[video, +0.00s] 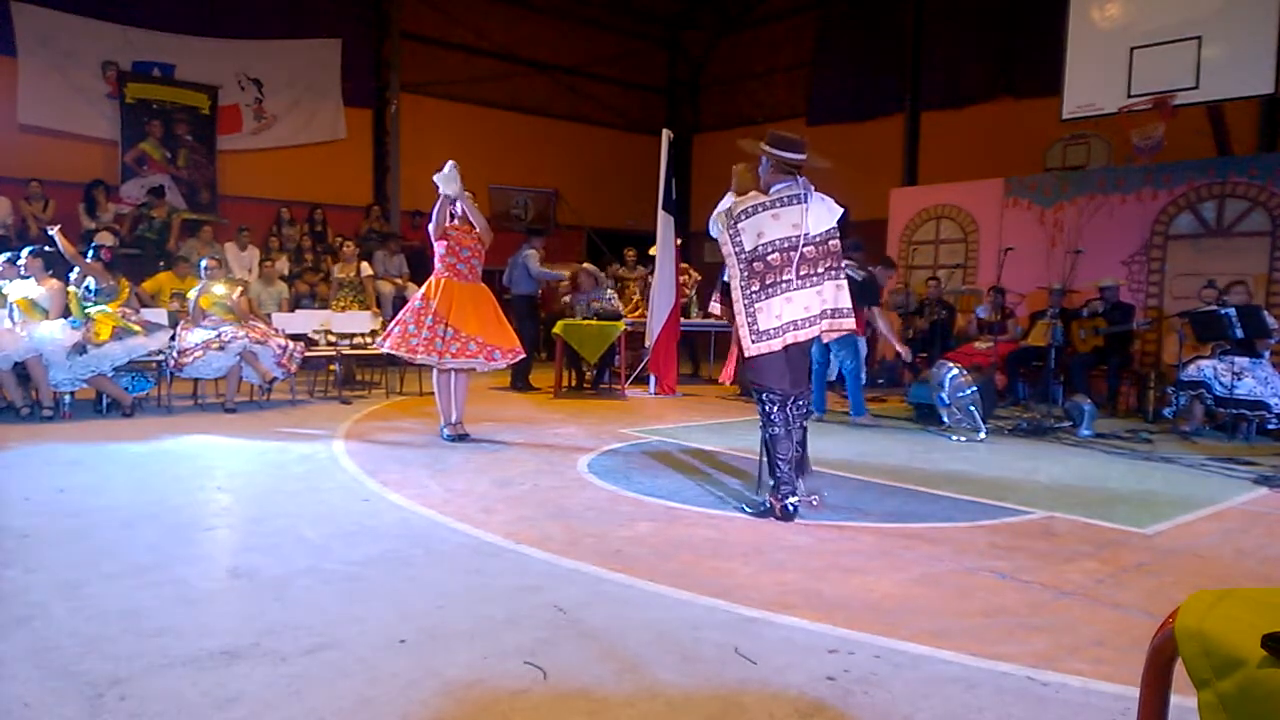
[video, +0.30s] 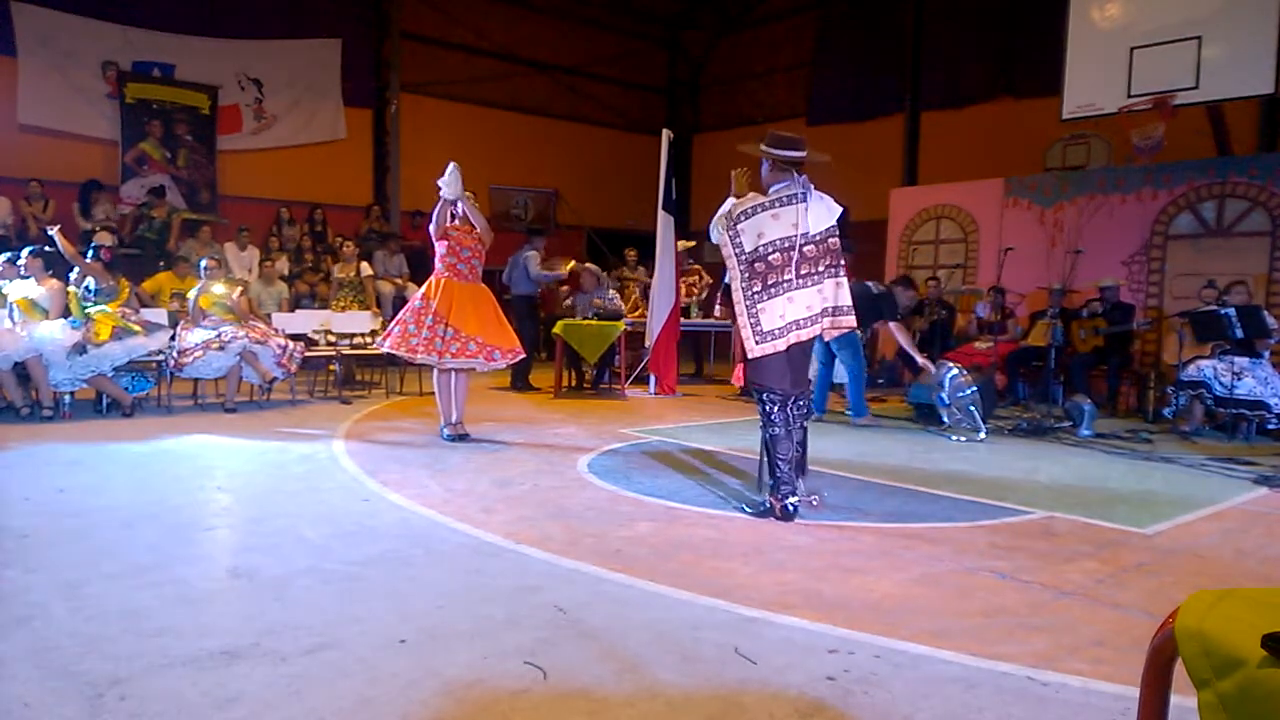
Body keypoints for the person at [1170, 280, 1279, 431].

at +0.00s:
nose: (1239, 297)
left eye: (1243, 293)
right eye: (1234, 293)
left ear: (1249, 297)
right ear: (1226, 297)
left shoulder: (1258, 314)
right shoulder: (1218, 314)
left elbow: (1265, 344)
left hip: (1252, 363)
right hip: (1222, 362)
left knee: (1247, 381)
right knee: (1199, 368)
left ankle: (1243, 427)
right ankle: (1196, 420)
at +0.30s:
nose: (1239, 297)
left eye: (1243, 293)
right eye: (1234, 293)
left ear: (1249, 297)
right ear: (1226, 297)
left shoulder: (1258, 314)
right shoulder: (1218, 314)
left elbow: (1265, 345)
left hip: (1253, 363)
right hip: (1223, 362)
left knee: (1247, 381)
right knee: (1198, 368)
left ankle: (1243, 426)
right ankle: (1196, 419)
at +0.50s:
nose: (1244, 297)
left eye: (1246, 293)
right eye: (1239, 293)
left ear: (1250, 296)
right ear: (1227, 297)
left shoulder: (1258, 314)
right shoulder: (1218, 315)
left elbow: (1265, 345)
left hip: (1253, 364)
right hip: (1222, 362)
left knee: (1248, 381)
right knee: (1198, 368)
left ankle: (1243, 425)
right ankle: (1196, 419)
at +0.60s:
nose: (1244, 297)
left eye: (1246, 293)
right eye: (1239, 293)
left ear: (1250, 296)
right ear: (1227, 297)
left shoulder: (1258, 314)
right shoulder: (1218, 314)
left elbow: (1265, 345)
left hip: (1253, 364)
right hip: (1223, 362)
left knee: (1247, 381)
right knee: (1198, 368)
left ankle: (1243, 425)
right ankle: (1196, 420)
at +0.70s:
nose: (1246, 297)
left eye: (1247, 293)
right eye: (1241, 293)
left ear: (1251, 295)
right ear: (1227, 297)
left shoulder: (1258, 314)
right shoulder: (1216, 315)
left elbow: (1265, 345)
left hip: (1253, 363)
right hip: (1222, 362)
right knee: (1197, 369)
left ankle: (1243, 425)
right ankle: (1196, 420)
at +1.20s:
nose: (1229, 296)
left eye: (1235, 292)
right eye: (1226, 292)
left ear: (1247, 297)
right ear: (1222, 295)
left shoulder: (1258, 315)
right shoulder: (1215, 315)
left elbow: (1265, 346)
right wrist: (1211, 350)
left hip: (1252, 363)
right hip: (1221, 362)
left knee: (1248, 380)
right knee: (1198, 369)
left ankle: (1243, 424)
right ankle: (1196, 420)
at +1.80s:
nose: (1221, 303)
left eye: (1225, 299)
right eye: (1220, 299)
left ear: (1241, 298)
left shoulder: (1258, 315)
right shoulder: (1220, 317)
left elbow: (1261, 346)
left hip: (1254, 367)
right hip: (1225, 365)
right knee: (1197, 368)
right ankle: (1195, 421)